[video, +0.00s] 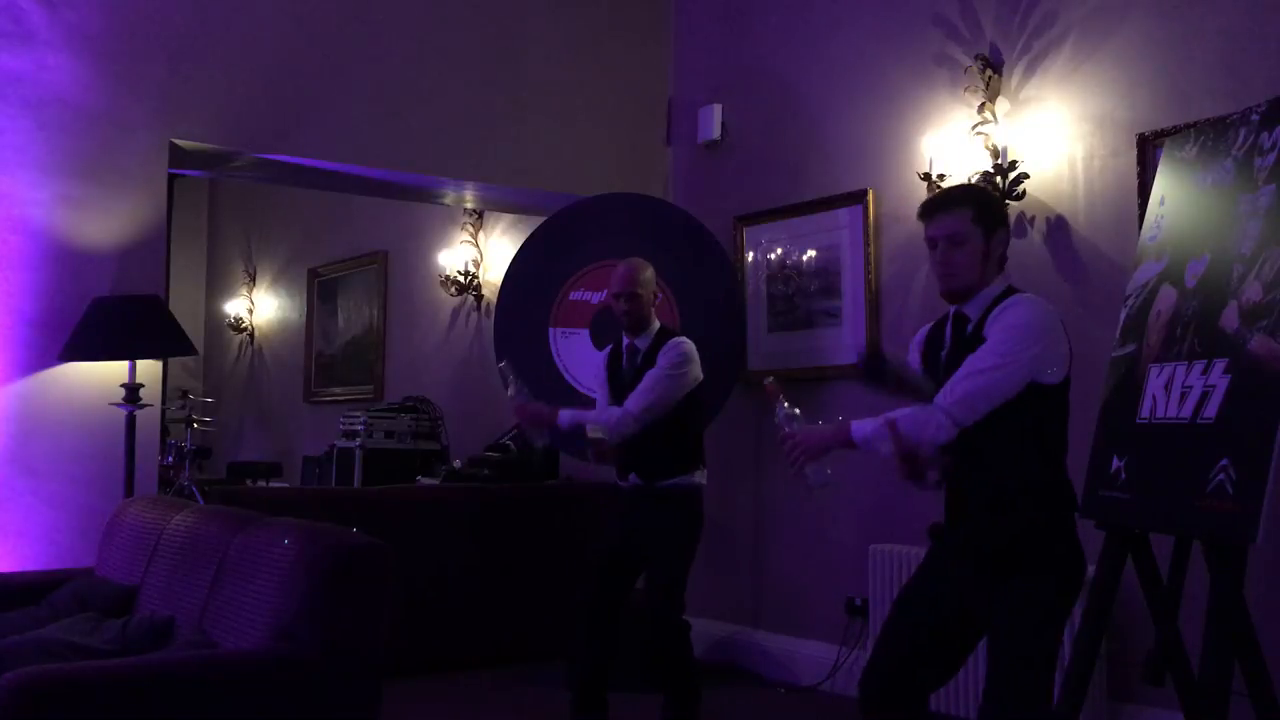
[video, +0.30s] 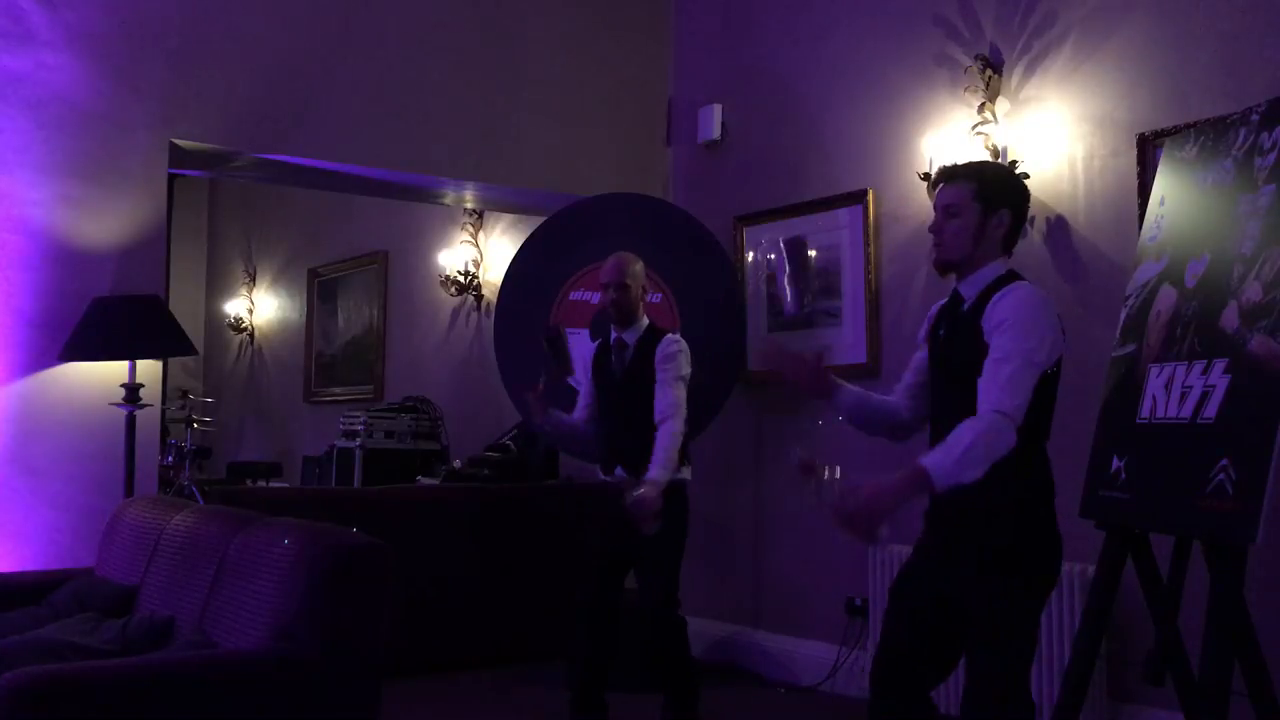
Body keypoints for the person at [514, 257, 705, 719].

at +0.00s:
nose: (623, 306)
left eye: (632, 297)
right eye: (617, 298)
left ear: (655, 298)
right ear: (609, 303)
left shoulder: (680, 352)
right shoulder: (612, 359)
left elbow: (625, 423)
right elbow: (605, 438)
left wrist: (553, 417)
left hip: (677, 498)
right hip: (632, 496)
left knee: (663, 608)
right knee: (606, 601)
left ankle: (681, 708)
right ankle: (592, 705)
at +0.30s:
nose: (613, 297)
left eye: (622, 288)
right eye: (607, 289)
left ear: (644, 292)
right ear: (601, 294)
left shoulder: (669, 348)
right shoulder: (597, 354)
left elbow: (672, 418)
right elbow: (585, 427)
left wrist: (656, 482)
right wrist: (545, 417)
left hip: (661, 491)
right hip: (611, 491)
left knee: (659, 604)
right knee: (598, 601)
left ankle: (678, 706)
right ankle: (591, 703)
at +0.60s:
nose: (626, 285)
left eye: (637, 277)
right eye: (621, 276)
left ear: (654, 288)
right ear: (610, 283)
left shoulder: (669, 338)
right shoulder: (584, 345)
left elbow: (689, 369)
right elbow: (563, 422)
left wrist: (672, 312)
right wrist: (581, 435)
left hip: (651, 490)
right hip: (594, 491)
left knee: (658, 604)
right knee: (591, 605)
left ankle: (677, 706)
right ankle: (588, 706)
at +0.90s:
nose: (628, 288)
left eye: (639, 282)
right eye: (623, 280)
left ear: (657, 296)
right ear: (612, 290)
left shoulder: (665, 359)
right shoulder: (578, 346)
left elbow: (693, 422)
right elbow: (548, 417)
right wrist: (598, 450)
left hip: (638, 495)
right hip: (582, 495)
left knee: (650, 607)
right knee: (583, 608)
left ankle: (675, 706)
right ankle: (585, 705)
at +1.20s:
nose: (647, 323)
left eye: (656, 318)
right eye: (641, 312)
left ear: (663, 329)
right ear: (624, 314)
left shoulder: (633, 370)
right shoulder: (594, 354)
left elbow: (609, 435)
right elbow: (559, 422)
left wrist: (617, 488)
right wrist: (587, 482)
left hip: (608, 499)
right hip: (570, 496)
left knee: (645, 597)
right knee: (575, 600)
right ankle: (561, 700)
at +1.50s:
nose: (603, 309)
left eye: (613, 302)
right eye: (599, 300)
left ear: (634, 309)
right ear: (590, 304)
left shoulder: (644, 373)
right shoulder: (559, 347)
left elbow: (651, 446)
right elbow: (495, 403)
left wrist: (649, 504)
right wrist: (514, 380)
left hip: (611, 497)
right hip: (553, 492)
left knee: (632, 600)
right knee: (561, 604)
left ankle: (650, 702)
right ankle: (567, 700)